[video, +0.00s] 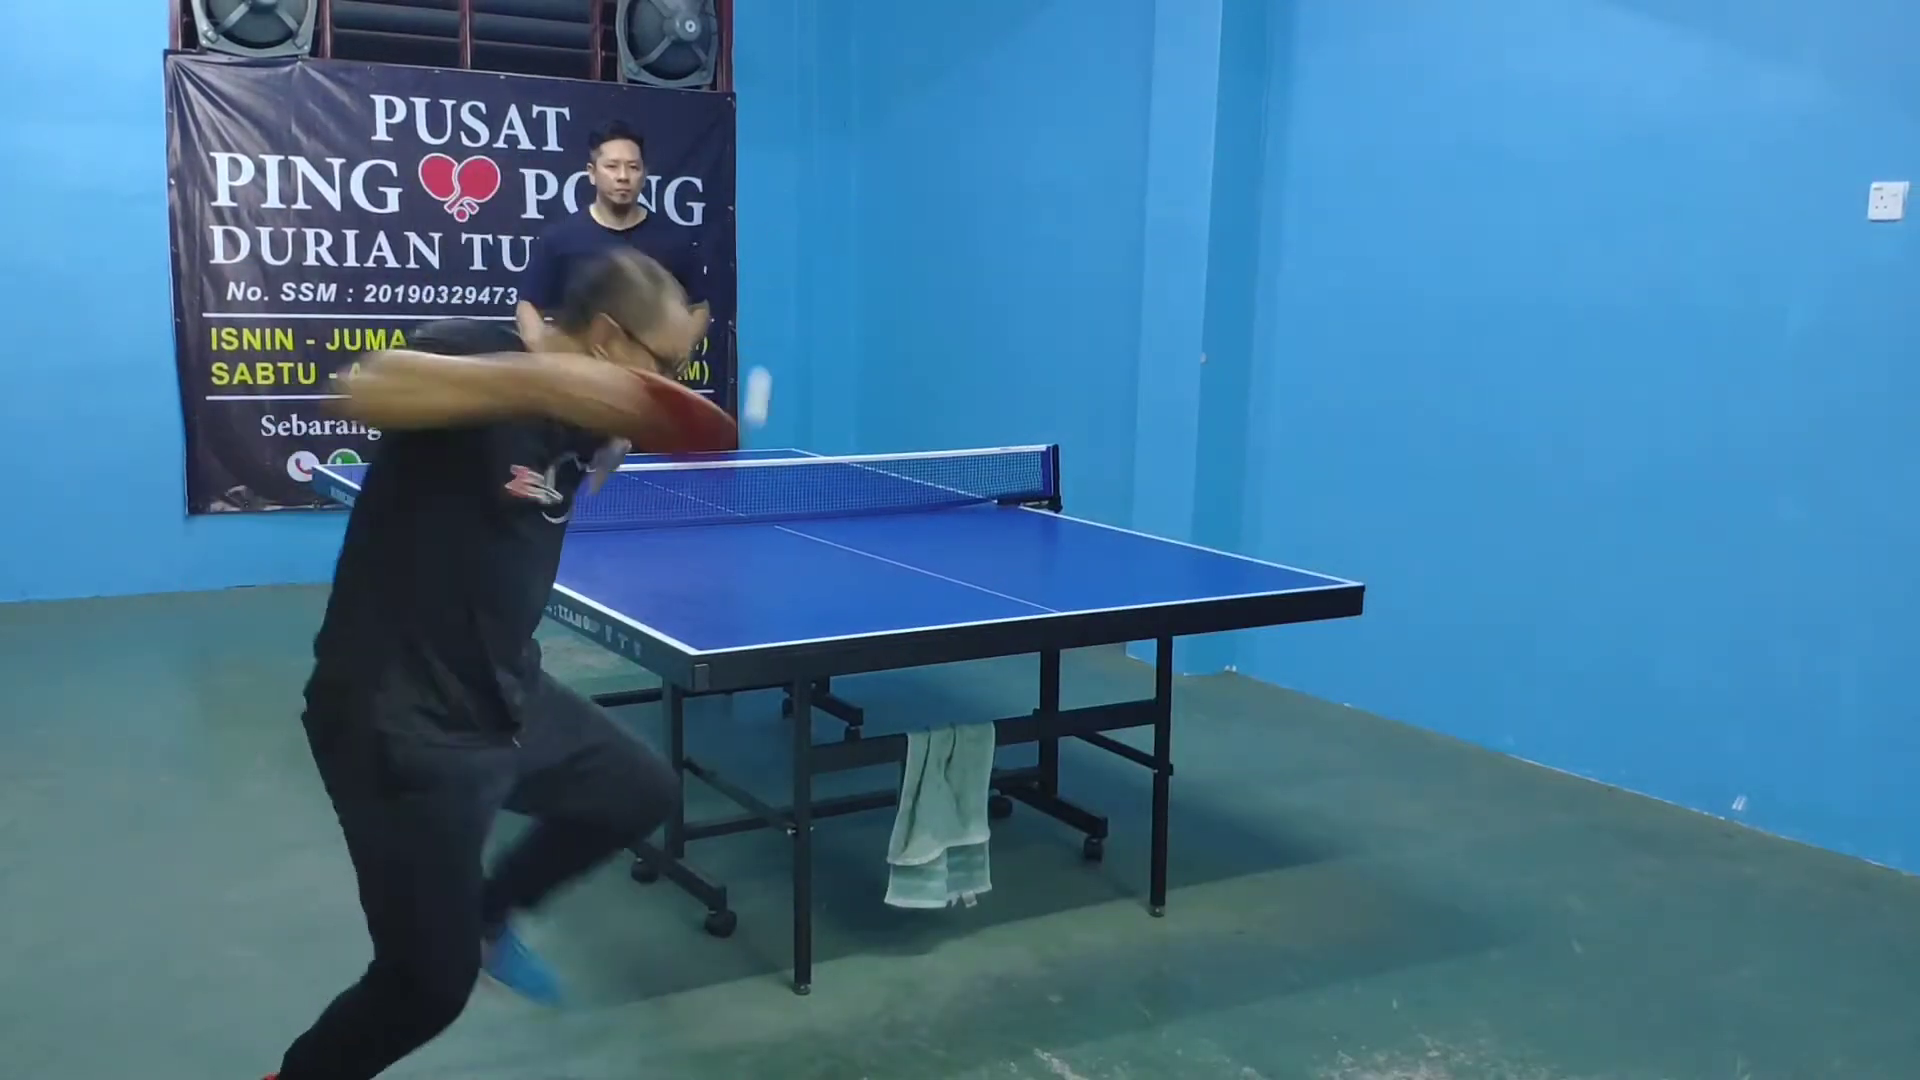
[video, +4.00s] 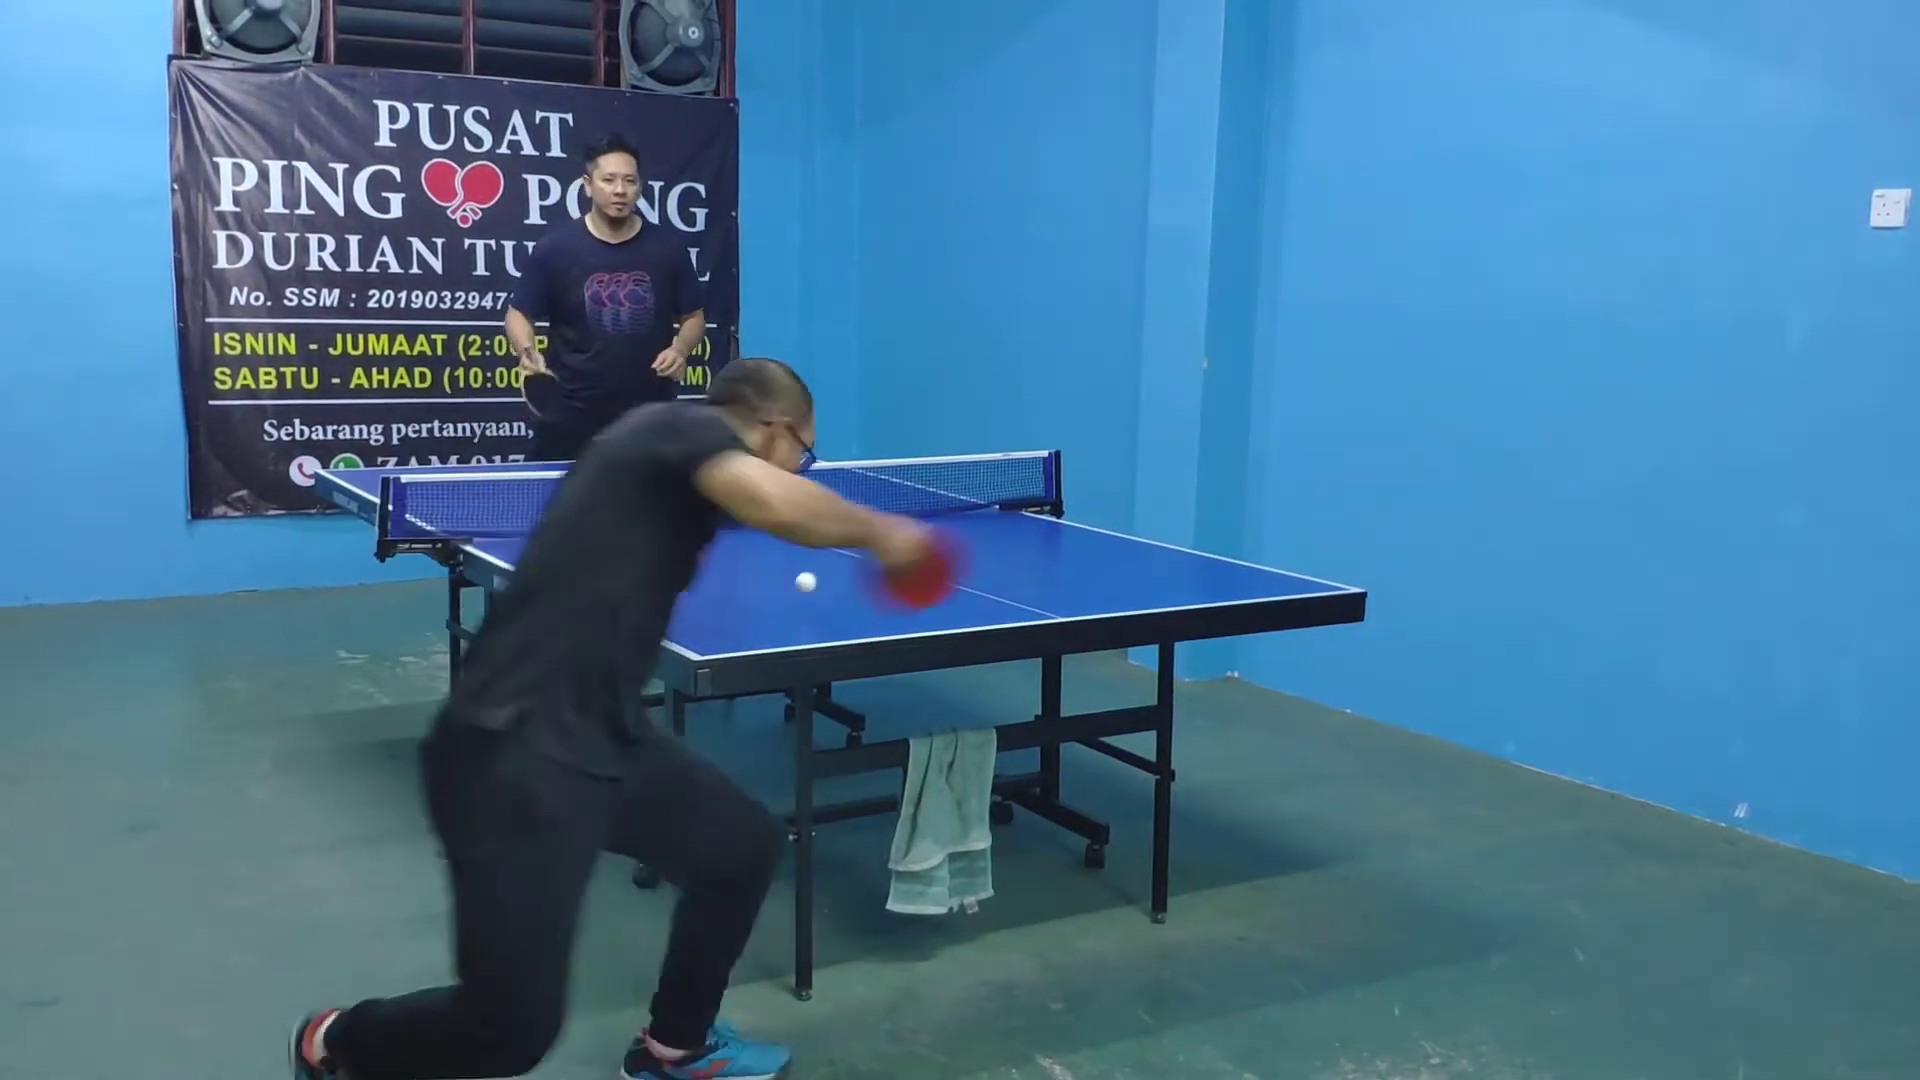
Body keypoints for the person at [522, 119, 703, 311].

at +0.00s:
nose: (623, 177)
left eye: (633, 167)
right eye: (612, 166)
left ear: (644, 175)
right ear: (592, 173)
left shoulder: (674, 238)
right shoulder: (559, 238)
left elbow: (700, 308)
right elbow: (527, 306)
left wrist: (674, 351)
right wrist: (548, 355)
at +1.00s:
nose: (645, 241)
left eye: (652, 231)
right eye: (635, 229)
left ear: (658, 229)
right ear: (603, 223)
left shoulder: (630, 262)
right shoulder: (578, 288)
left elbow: (640, 305)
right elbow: (609, 373)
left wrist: (691, 336)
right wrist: (671, 405)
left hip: (617, 410)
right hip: (558, 416)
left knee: (667, 500)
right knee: (537, 524)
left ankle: (684, 632)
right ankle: (490, 644)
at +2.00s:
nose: (505, 221)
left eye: (515, 210)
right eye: (495, 211)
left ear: (536, 210)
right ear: (483, 216)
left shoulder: (582, 257)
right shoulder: (467, 284)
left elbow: (630, 298)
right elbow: (408, 334)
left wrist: (681, 349)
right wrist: (365, 386)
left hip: (605, 427)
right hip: (521, 434)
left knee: (663, 522)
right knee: (471, 524)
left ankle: (695, 639)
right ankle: (436, 636)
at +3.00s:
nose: (562, 171)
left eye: (570, 161)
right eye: (550, 161)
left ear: (581, 169)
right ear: (529, 169)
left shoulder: (613, 236)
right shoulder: (500, 240)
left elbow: (645, 307)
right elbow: (472, 320)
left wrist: (668, 379)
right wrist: (459, 393)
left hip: (611, 403)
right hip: (532, 408)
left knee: (638, 510)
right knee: (512, 516)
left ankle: (649, 627)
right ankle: (495, 627)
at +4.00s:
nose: (620, 190)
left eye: (629, 181)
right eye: (609, 180)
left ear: (640, 186)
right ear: (588, 184)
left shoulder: (667, 248)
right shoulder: (556, 248)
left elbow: (694, 317)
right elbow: (517, 314)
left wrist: (680, 350)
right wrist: (526, 350)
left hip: (648, 413)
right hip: (572, 414)